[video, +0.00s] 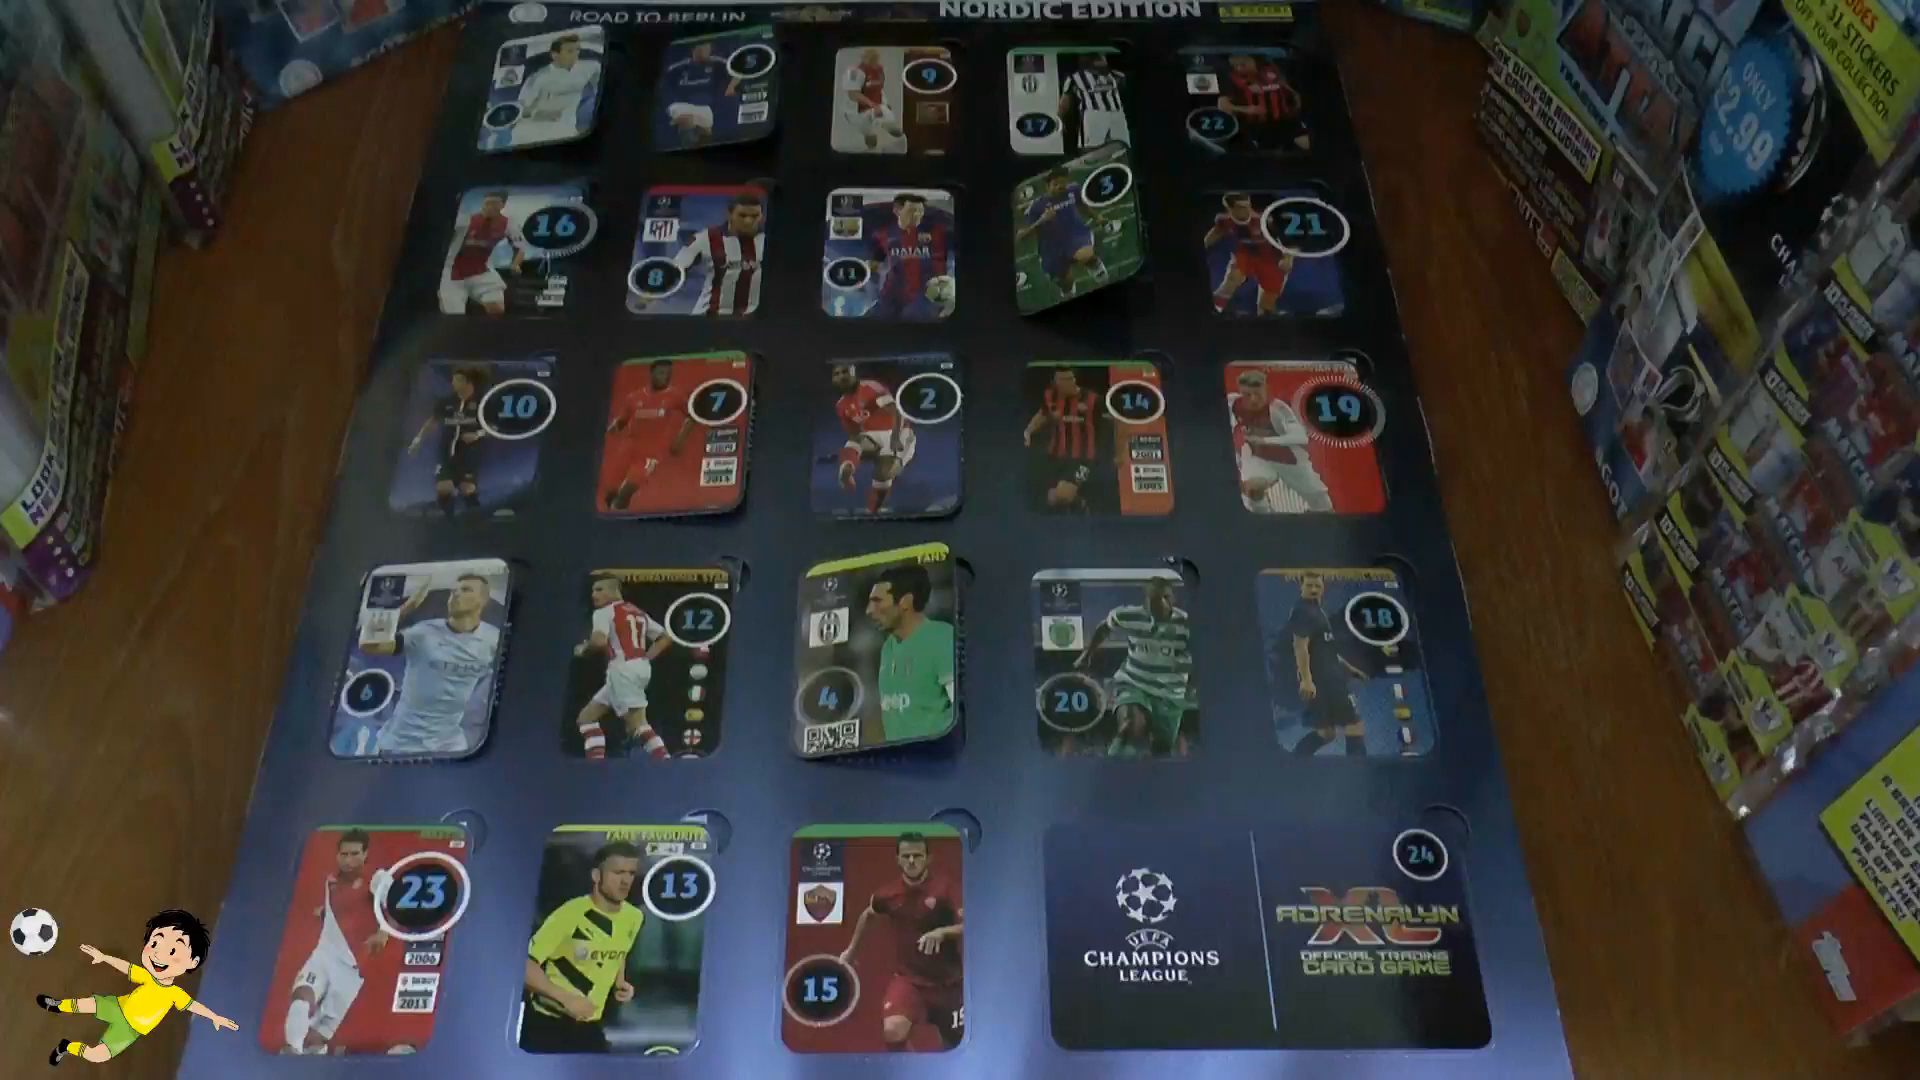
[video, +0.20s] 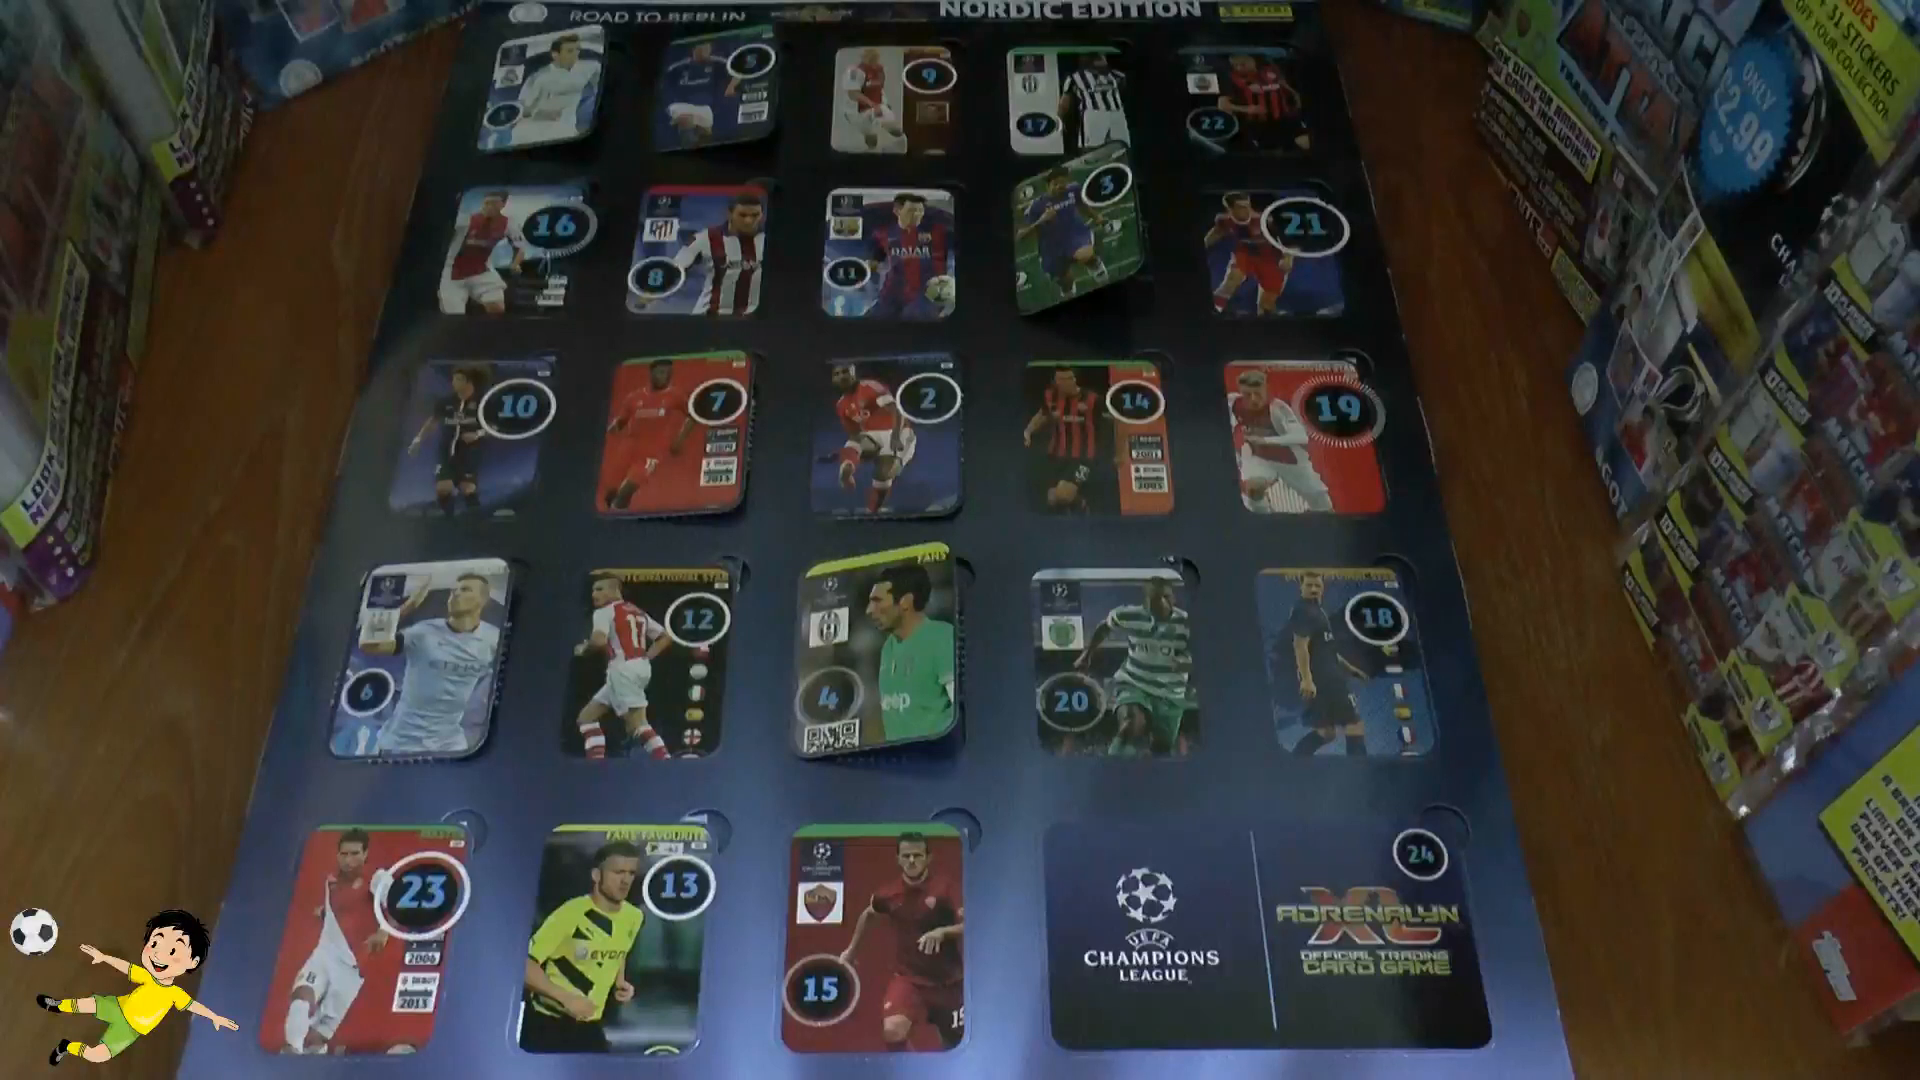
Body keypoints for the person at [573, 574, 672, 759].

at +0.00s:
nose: (593, 594)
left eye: (599, 590)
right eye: (593, 590)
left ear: (614, 592)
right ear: (618, 595)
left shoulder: (604, 611)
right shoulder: (637, 612)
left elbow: (599, 641)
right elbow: (665, 637)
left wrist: (585, 648)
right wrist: (646, 658)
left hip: (622, 669)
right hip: (643, 668)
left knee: (637, 724)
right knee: (587, 717)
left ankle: (665, 766)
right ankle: (597, 768)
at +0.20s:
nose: (594, 594)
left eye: (599, 589)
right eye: (593, 590)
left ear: (615, 592)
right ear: (619, 594)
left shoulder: (604, 611)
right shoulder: (637, 612)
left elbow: (599, 641)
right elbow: (665, 637)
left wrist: (585, 647)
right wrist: (646, 657)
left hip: (622, 669)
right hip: (643, 667)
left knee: (637, 724)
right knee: (587, 717)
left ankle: (665, 765)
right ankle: (597, 767)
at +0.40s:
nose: (594, 594)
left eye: (600, 589)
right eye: (594, 590)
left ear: (615, 591)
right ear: (619, 594)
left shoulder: (604, 611)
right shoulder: (637, 612)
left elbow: (600, 641)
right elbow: (665, 637)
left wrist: (586, 648)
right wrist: (646, 656)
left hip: (623, 668)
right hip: (643, 667)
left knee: (637, 724)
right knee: (587, 716)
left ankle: (666, 764)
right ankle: (598, 767)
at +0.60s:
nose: (594, 594)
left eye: (600, 589)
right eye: (594, 589)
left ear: (615, 591)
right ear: (619, 593)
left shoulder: (604, 611)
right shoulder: (637, 611)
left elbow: (600, 640)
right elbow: (665, 637)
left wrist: (585, 648)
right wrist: (646, 657)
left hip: (623, 669)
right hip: (644, 667)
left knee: (637, 724)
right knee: (587, 716)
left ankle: (666, 765)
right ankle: (598, 767)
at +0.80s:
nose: (594, 594)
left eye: (600, 589)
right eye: (594, 589)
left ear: (615, 591)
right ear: (618, 593)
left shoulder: (604, 611)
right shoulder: (637, 611)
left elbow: (600, 641)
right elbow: (665, 637)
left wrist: (585, 648)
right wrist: (645, 658)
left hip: (623, 669)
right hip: (643, 667)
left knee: (638, 724)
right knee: (587, 717)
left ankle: (667, 766)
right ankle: (597, 768)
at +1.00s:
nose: (594, 593)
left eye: (599, 589)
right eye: (594, 589)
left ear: (614, 591)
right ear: (618, 593)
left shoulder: (604, 611)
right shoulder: (637, 611)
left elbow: (599, 640)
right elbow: (665, 636)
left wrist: (585, 649)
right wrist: (645, 657)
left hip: (623, 669)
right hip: (643, 666)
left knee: (637, 724)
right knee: (587, 717)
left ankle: (666, 766)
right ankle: (597, 767)